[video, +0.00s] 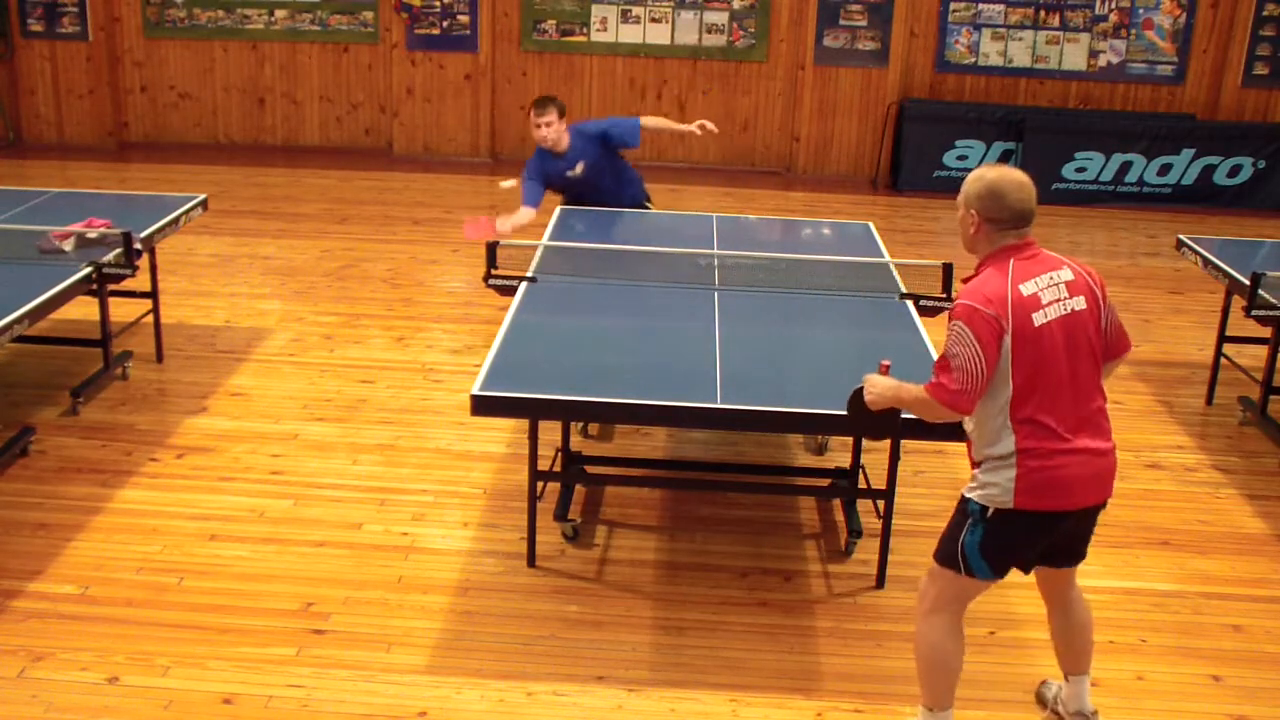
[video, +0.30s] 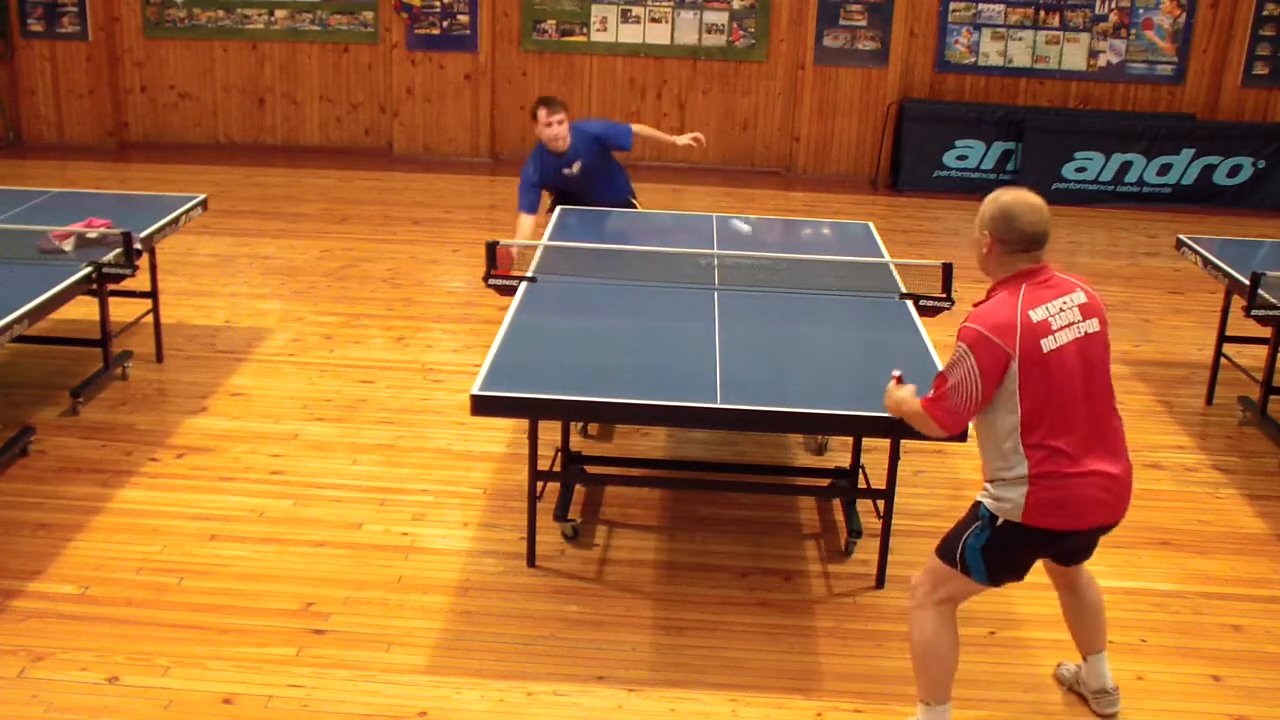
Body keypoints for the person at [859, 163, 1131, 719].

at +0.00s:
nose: (958, 222)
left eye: (961, 213)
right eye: (960, 212)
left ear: (975, 222)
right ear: (1027, 218)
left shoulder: (981, 297)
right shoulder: (1081, 276)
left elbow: (953, 400)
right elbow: (1115, 349)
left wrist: (895, 393)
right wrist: (1052, 382)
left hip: (1014, 490)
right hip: (1089, 481)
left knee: (940, 603)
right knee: (1061, 582)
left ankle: (935, 714)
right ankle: (1077, 698)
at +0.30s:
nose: (975, 239)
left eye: (977, 231)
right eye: (978, 229)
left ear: (988, 243)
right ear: (1041, 240)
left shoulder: (991, 322)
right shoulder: (1085, 296)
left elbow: (944, 420)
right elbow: (1054, 384)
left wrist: (903, 405)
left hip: (1030, 504)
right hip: (1106, 493)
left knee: (932, 592)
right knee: (1068, 565)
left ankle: (932, 713)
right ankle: (1099, 679)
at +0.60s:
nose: (1062, 247)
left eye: (1063, 240)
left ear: (1065, 246)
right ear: (1122, 251)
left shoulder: (1021, 309)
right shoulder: (1157, 315)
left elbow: (976, 379)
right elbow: (1173, 371)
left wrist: (1040, 375)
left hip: (1037, 503)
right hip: (1125, 511)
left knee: (949, 593)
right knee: (1109, 569)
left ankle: (935, 713)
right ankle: (1106, 683)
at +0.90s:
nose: (1101, 242)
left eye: (1105, 237)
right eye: (1105, 236)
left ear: (1111, 248)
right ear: (1168, 260)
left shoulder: (1069, 307)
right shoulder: (1192, 339)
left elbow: (957, 303)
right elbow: (1245, 426)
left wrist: (895, 264)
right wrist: (1254, 456)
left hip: (1046, 502)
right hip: (1127, 518)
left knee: (948, 591)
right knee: (1102, 561)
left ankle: (927, 715)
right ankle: (1099, 680)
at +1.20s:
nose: (1041, 237)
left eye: (1044, 229)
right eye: (1044, 226)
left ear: (1054, 242)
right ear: (1111, 246)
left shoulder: (1022, 317)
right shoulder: (1155, 324)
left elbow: (952, 396)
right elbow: (1182, 417)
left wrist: (897, 390)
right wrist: (1154, 464)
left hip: (1036, 518)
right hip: (1122, 519)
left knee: (956, 639)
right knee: (1099, 589)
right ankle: (1114, 699)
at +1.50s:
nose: (977, 295)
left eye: (980, 287)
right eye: (980, 285)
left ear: (996, 303)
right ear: (1050, 294)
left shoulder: (1028, 387)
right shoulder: (1080, 340)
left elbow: (1012, 504)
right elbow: (1040, 373)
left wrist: (925, 546)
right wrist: (991, 383)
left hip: (1066, 573)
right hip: (1124, 551)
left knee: (927, 660)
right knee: (1095, 639)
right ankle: (1146, 718)